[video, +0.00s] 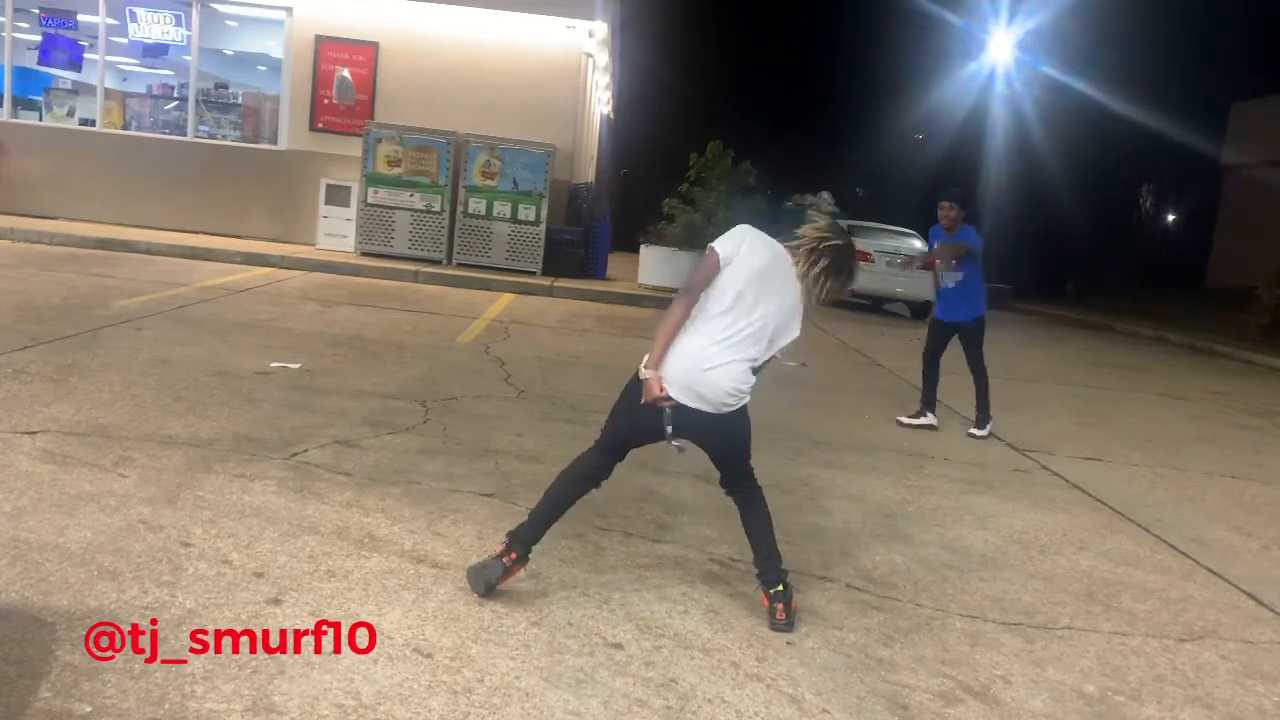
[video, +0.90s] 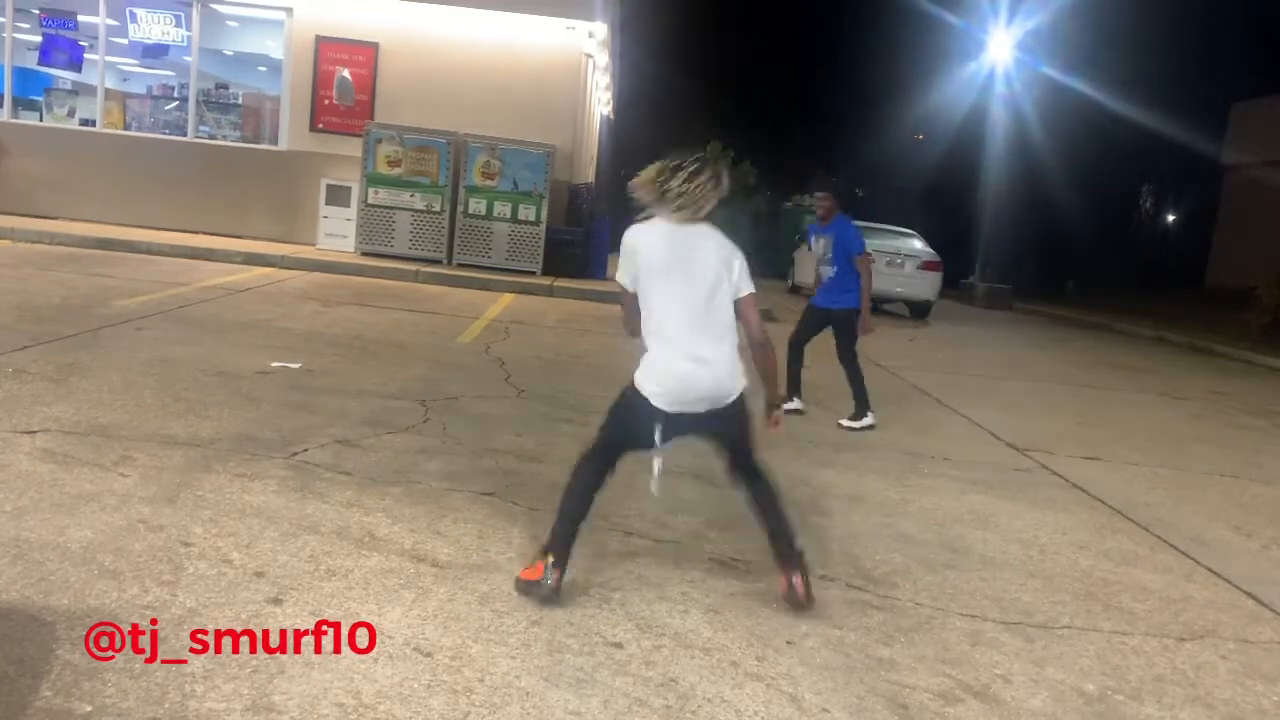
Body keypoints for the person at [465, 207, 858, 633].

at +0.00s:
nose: (826, 294)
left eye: (831, 285)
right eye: (830, 287)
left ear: (804, 239)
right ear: (826, 279)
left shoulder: (747, 238)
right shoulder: (794, 317)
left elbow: (687, 296)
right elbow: (751, 368)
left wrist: (653, 364)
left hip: (657, 389)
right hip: (721, 414)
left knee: (596, 461)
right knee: (743, 485)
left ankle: (514, 551)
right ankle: (777, 590)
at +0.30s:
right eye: (852, 260)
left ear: (812, 230)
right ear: (850, 261)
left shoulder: (760, 243)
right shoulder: (818, 320)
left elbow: (692, 281)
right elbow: (755, 366)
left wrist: (642, 340)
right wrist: (702, 366)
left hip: (654, 376)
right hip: (714, 405)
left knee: (590, 454)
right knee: (729, 482)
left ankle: (508, 548)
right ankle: (775, 589)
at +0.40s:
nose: (862, 254)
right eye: (859, 243)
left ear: (801, 218)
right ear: (846, 244)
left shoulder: (751, 242)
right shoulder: (826, 306)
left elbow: (680, 288)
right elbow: (780, 361)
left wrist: (633, 343)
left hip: (656, 381)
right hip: (715, 408)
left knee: (588, 456)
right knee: (730, 489)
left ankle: (509, 547)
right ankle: (776, 590)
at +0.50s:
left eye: (757, 196)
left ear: (761, 202)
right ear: (813, 212)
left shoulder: (728, 244)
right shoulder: (818, 278)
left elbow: (665, 304)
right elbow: (784, 351)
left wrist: (613, 359)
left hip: (668, 388)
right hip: (729, 406)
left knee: (595, 456)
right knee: (738, 480)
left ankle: (518, 546)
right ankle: (777, 581)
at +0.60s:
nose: (731, 201)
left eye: (730, 192)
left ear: (727, 197)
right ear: (780, 200)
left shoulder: (704, 248)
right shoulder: (803, 258)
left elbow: (652, 318)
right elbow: (787, 332)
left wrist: (607, 364)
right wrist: (758, 381)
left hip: (670, 386)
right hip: (737, 403)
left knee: (597, 449)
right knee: (747, 473)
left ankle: (529, 545)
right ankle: (779, 574)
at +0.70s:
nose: (679, 198)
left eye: (683, 189)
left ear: (691, 191)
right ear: (745, 190)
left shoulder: (675, 252)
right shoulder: (771, 244)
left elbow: (647, 334)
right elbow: (774, 332)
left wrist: (614, 372)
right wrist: (766, 394)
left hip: (670, 389)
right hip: (734, 398)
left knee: (594, 447)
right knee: (747, 466)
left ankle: (546, 548)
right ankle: (781, 561)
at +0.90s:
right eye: (717, 197)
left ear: (661, 193)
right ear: (709, 198)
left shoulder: (637, 238)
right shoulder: (725, 248)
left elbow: (632, 323)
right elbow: (757, 335)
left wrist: (662, 346)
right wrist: (774, 397)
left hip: (658, 391)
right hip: (723, 395)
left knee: (598, 460)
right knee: (748, 468)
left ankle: (552, 563)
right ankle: (793, 566)